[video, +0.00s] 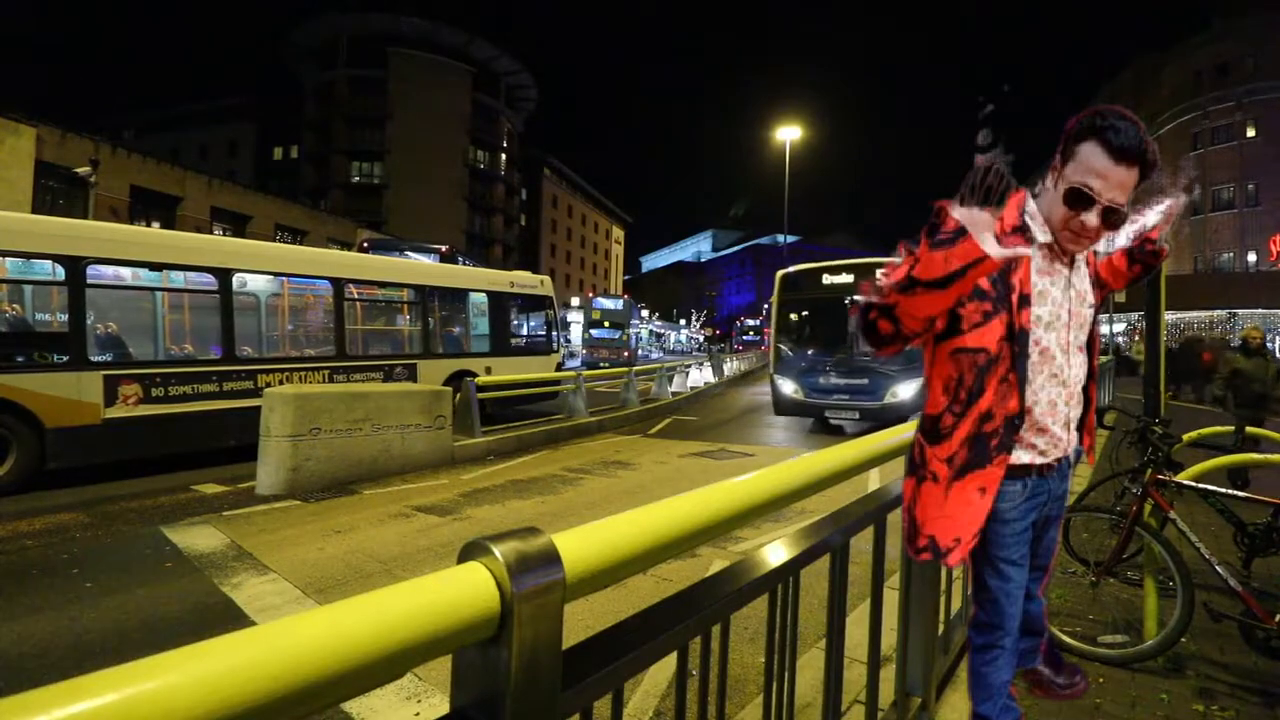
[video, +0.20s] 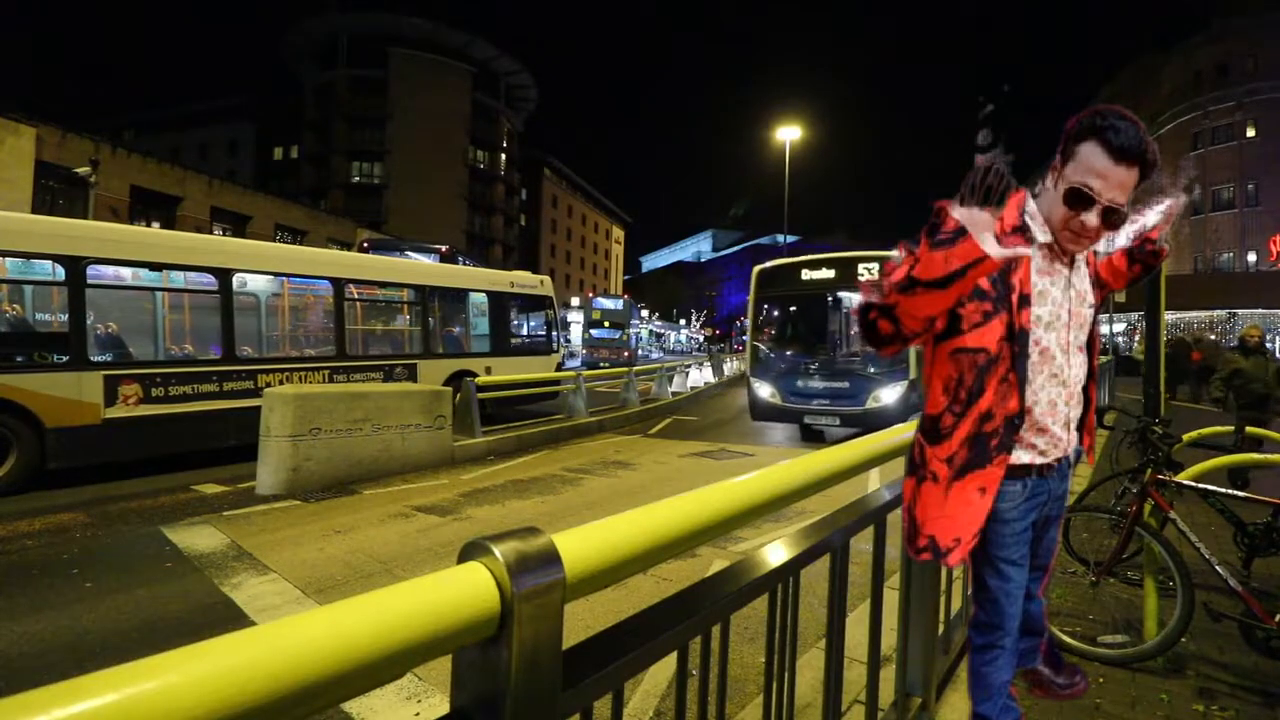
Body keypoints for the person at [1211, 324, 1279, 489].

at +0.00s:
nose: (1254, 342)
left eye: (1258, 339)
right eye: (1251, 338)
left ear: (1263, 341)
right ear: (1244, 339)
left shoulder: (1269, 361)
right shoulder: (1234, 358)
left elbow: (1272, 386)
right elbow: (1222, 380)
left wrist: (1271, 406)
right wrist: (1221, 399)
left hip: (1260, 407)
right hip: (1239, 406)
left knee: (1253, 443)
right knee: (1238, 442)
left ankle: (1245, 475)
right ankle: (1233, 476)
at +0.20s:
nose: (1254, 340)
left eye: (1258, 337)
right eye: (1250, 336)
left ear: (1262, 340)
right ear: (1242, 338)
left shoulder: (1269, 359)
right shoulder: (1233, 357)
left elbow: (1274, 382)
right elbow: (1219, 379)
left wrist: (1274, 399)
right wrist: (1219, 397)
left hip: (1264, 406)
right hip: (1242, 406)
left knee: (1256, 443)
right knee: (1241, 442)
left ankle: (1245, 475)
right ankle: (1236, 477)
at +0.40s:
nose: (1257, 339)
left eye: (1261, 335)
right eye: (1253, 335)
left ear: (1265, 338)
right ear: (1245, 337)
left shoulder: (1272, 358)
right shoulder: (1233, 355)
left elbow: (1274, 381)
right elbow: (1220, 376)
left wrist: (1274, 397)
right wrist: (1228, 392)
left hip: (1268, 407)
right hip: (1243, 407)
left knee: (1271, 443)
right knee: (1244, 444)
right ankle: (1240, 476)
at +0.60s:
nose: (1268, 341)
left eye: (1271, 338)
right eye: (1263, 337)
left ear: (1275, 341)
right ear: (1254, 338)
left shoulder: (1275, 359)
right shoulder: (1242, 357)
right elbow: (1228, 376)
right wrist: (1237, 389)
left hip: (1272, 408)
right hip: (1247, 408)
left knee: (1273, 443)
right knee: (1246, 444)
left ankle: (1273, 471)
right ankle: (1240, 475)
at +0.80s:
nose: (1275, 338)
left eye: (1278, 334)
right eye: (1272, 334)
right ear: (1264, 336)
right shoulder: (1253, 358)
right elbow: (1235, 379)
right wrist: (1243, 399)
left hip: (1275, 412)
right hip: (1259, 410)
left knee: (1275, 444)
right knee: (1251, 444)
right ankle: (1239, 473)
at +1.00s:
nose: (1278, 337)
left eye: (1279, 334)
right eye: (1276, 333)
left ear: (1278, 336)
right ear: (1268, 336)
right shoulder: (1257, 358)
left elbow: (1239, 383)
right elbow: (1239, 384)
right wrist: (1240, 406)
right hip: (1265, 412)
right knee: (1268, 444)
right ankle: (1267, 474)